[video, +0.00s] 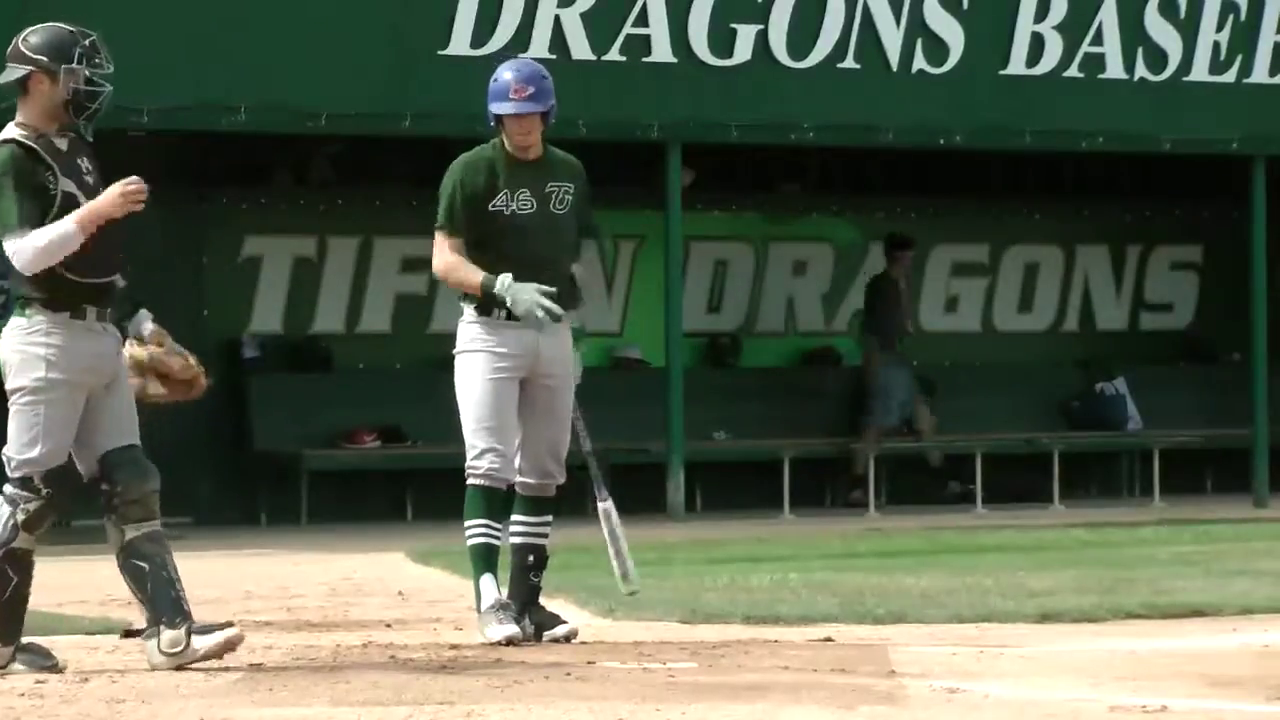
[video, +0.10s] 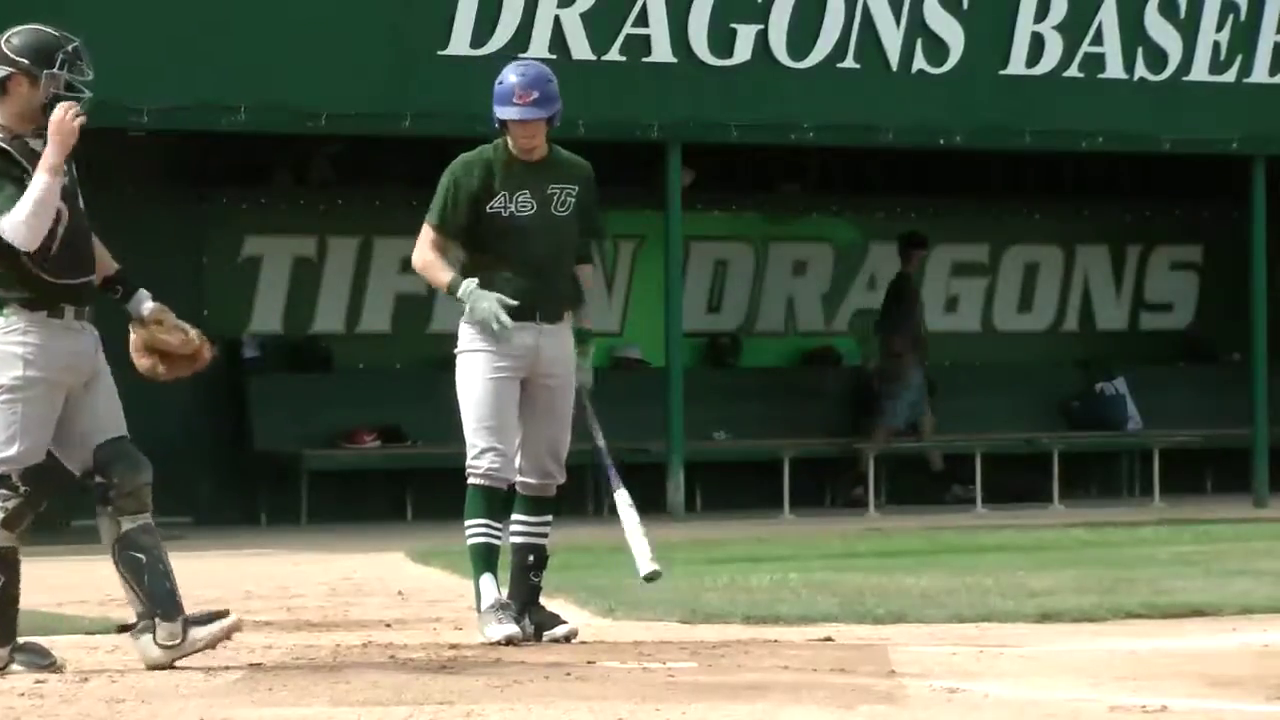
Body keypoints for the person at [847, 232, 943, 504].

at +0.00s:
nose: (907, 263)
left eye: (909, 258)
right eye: (902, 258)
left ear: (907, 258)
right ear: (891, 257)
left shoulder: (901, 285)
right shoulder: (879, 285)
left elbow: (902, 322)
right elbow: (873, 327)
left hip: (897, 357)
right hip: (880, 358)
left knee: (922, 417)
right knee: (875, 422)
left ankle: (939, 473)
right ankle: (859, 480)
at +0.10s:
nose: (920, 262)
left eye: (921, 256)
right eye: (917, 256)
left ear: (906, 257)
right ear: (909, 256)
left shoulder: (903, 285)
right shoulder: (905, 287)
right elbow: (906, 329)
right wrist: (916, 358)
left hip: (907, 362)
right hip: (905, 363)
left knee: (926, 420)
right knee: (888, 423)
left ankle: (941, 479)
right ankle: (862, 480)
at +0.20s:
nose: (937, 259)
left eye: (936, 254)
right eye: (935, 254)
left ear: (916, 253)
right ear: (930, 255)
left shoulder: (916, 282)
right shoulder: (921, 284)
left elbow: (903, 326)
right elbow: (921, 328)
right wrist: (931, 359)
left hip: (921, 361)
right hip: (920, 362)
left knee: (934, 422)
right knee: (909, 424)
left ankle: (947, 480)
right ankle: (875, 477)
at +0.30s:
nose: (954, 258)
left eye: (953, 251)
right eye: (951, 252)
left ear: (933, 251)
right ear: (941, 252)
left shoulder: (925, 278)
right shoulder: (937, 280)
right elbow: (938, 327)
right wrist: (952, 361)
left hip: (925, 360)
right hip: (936, 360)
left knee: (934, 421)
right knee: (939, 421)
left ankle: (948, 482)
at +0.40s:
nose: (969, 253)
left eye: (968, 247)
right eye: (966, 248)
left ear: (945, 248)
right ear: (959, 249)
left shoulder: (933, 278)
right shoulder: (951, 278)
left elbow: (923, 324)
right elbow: (949, 328)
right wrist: (963, 363)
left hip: (933, 360)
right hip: (948, 359)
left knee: (938, 419)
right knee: (970, 421)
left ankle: (951, 482)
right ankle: (930, 458)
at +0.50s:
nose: (983, 256)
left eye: (983, 249)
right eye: (979, 250)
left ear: (961, 250)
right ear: (968, 250)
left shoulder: (946, 277)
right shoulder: (963, 279)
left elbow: (948, 325)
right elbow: (959, 326)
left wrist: (966, 356)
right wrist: (970, 359)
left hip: (945, 356)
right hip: (958, 356)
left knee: (946, 416)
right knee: (987, 416)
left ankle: (947, 476)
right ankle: (953, 472)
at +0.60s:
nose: (991, 254)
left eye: (989, 249)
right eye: (989, 249)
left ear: (969, 248)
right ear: (985, 249)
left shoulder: (955, 277)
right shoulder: (979, 278)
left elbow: (952, 322)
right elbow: (974, 326)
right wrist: (976, 364)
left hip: (959, 356)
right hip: (979, 356)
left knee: (956, 416)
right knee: (1006, 413)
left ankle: (952, 478)